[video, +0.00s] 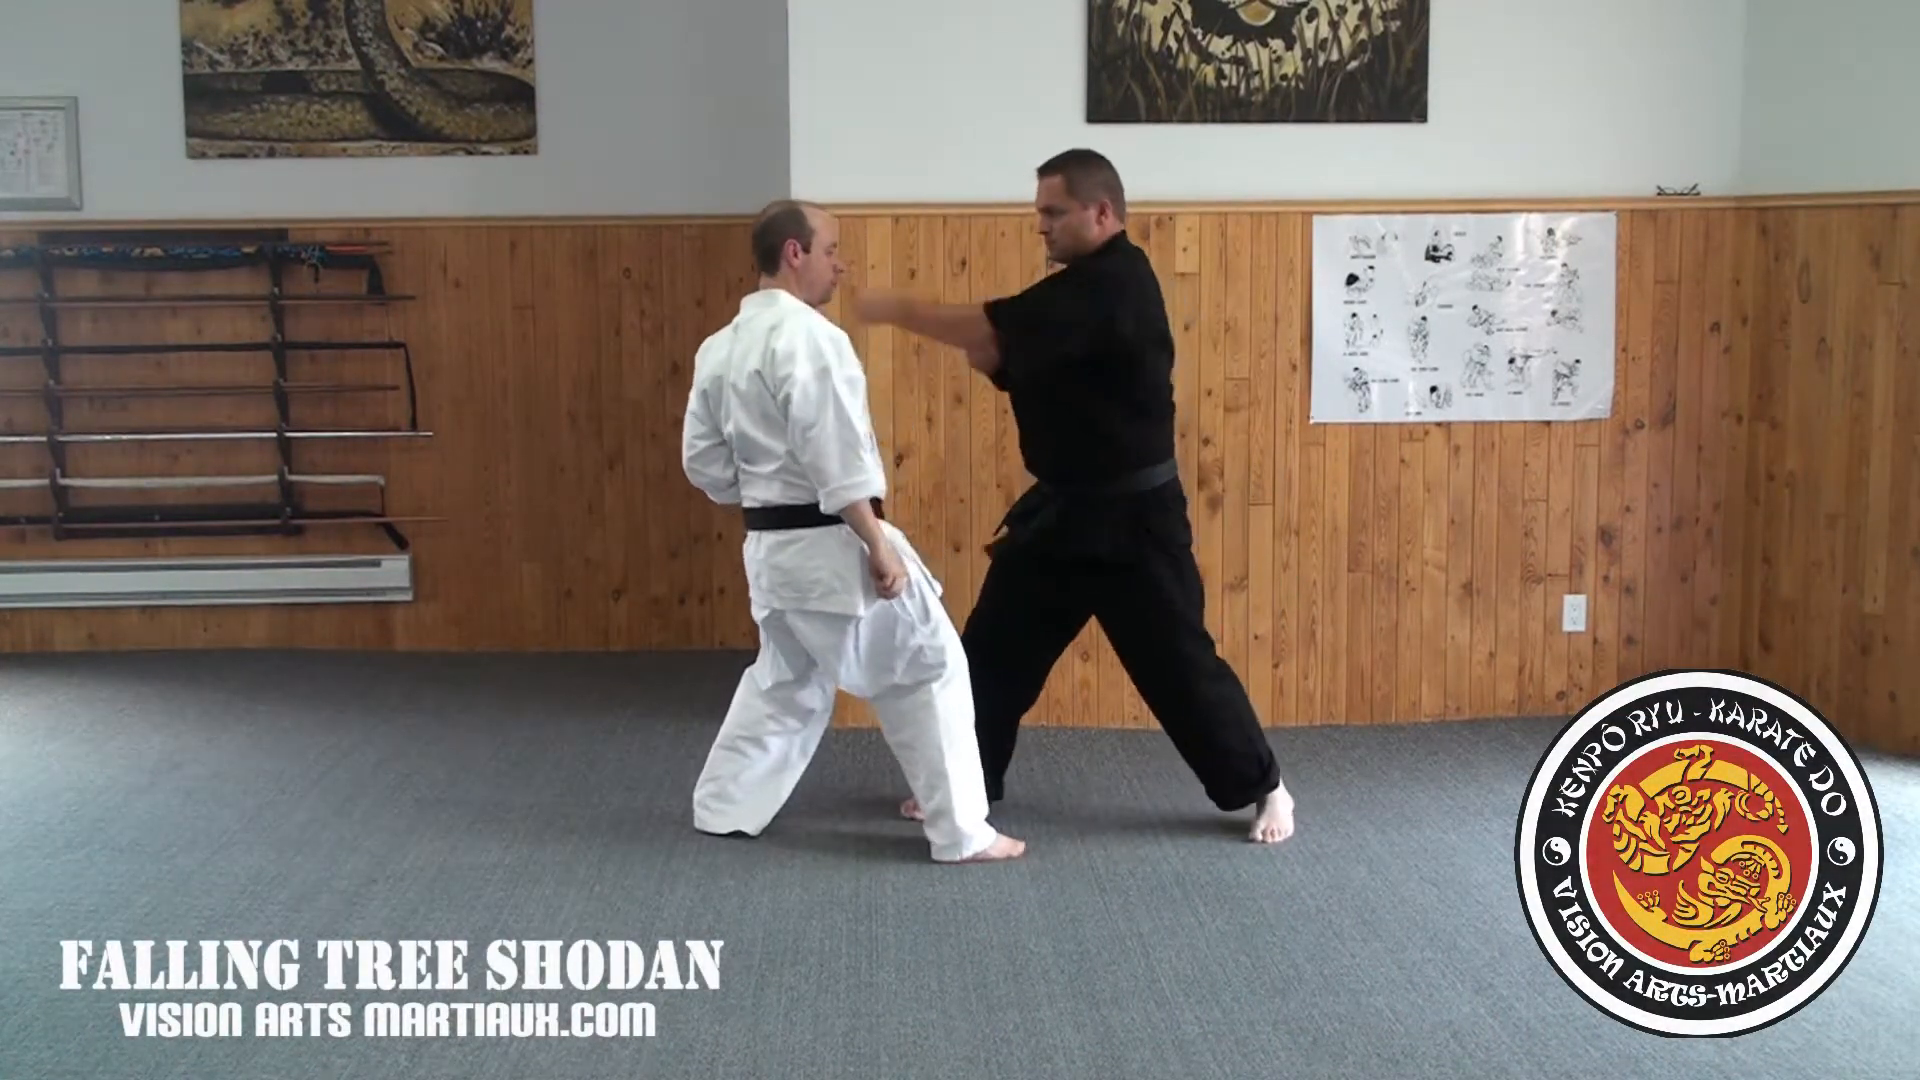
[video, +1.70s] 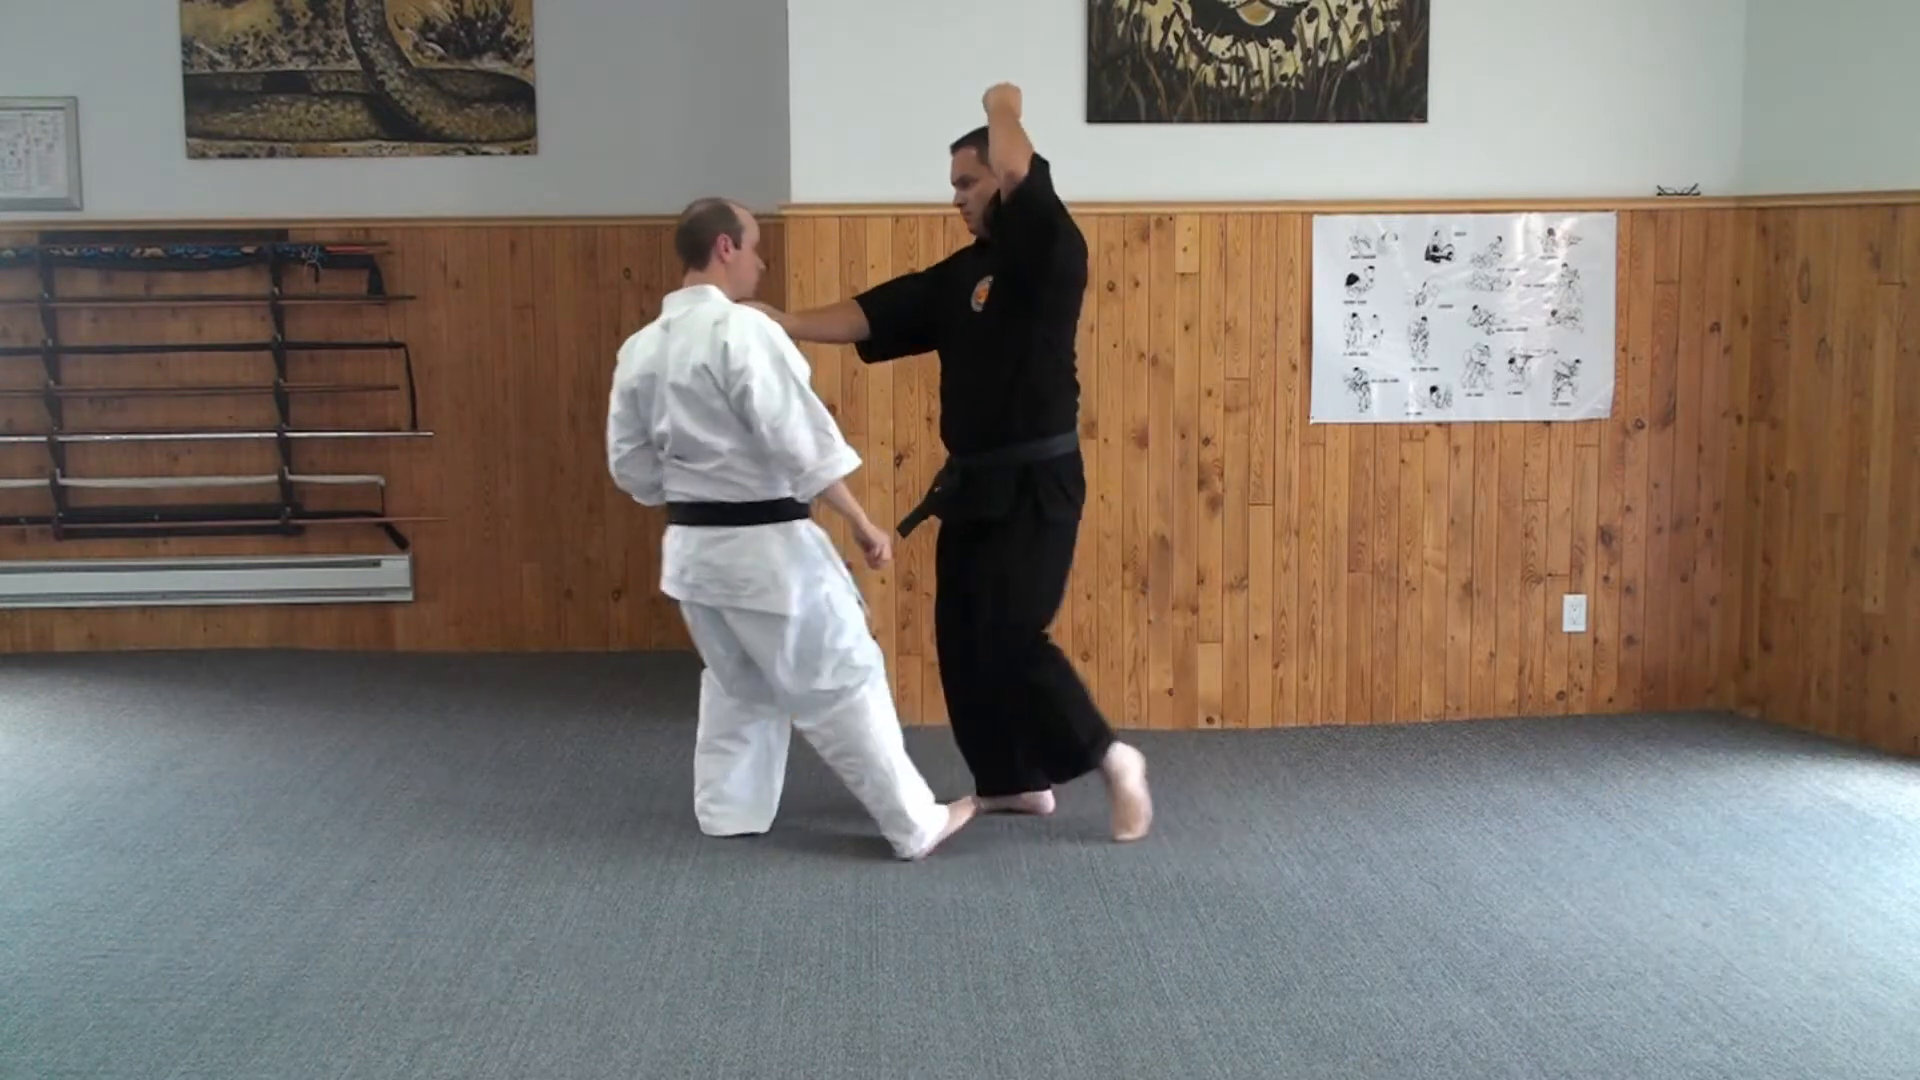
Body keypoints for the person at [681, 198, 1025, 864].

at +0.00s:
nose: (839, 267)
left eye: (838, 253)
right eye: (830, 253)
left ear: (779, 257)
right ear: (793, 254)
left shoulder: (716, 349)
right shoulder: (810, 338)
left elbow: (704, 463)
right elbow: (834, 452)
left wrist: (767, 503)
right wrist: (877, 542)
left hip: (768, 550)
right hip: (834, 545)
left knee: (785, 676)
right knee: (930, 667)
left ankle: (721, 806)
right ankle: (962, 830)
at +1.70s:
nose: (760, 263)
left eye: (758, 250)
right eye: (754, 250)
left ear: (699, 254)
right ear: (725, 250)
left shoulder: (640, 349)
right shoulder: (746, 332)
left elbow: (630, 466)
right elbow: (798, 440)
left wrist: (693, 496)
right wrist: (860, 518)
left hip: (691, 551)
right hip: (769, 549)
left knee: (735, 682)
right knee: (843, 679)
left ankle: (726, 812)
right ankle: (914, 823)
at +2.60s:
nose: (642, 242)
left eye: (638, 227)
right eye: (632, 228)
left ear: (579, 237)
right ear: (595, 234)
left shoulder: (524, 316)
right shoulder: (602, 322)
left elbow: (500, 438)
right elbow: (598, 441)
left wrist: (556, 490)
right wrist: (620, 541)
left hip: (533, 528)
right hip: (598, 534)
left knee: (547, 678)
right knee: (640, 682)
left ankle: (510, 796)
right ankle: (608, 838)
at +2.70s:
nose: (640, 240)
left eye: (636, 225)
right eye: (630, 226)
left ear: (575, 238)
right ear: (594, 234)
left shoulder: (524, 316)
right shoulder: (598, 319)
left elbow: (497, 439)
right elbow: (598, 428)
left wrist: (553, 487)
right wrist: (623, 526)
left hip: (533, 528)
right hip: (595, 532)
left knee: (547, 679)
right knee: (637, 682)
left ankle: (509, 796)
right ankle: (608, 837)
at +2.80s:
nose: (646, 244)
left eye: (643, 229)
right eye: (637, 230)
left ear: (580, 241)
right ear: (603, 238)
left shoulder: (527, 317)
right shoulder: (612, 317)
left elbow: (495, 441)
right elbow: (609, 427)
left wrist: (548, 493)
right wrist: (626, 531)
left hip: (531, 531)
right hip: (596, 536)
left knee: (548, 681)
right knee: (635, 687)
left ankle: (512, 796)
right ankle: (609, 838)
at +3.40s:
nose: (672, 251)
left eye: (671, 237)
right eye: (665, 237)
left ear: (608, 243)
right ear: (630, 239)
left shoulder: (542, 312)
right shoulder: (635, 315)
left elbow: (495, 418)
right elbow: (626, 424)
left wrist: (496, 494)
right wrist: (635, 530)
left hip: (524, 527)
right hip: (594, 533)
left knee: (536, 677)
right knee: (637, 687)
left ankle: (508, 797)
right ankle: (608, 838)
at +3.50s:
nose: (667, 245)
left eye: (663, 230)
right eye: (657, 231)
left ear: (603, 241)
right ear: (622, 237)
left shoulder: (538, 313)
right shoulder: (633, 314)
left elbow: (494, 427)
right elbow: (626, 424)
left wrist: (503, 502)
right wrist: (636, 530)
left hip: (525, 529)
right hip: (594, 533)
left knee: (537, 678)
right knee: (633, 688)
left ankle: (508, 797)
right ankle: (608, 838)